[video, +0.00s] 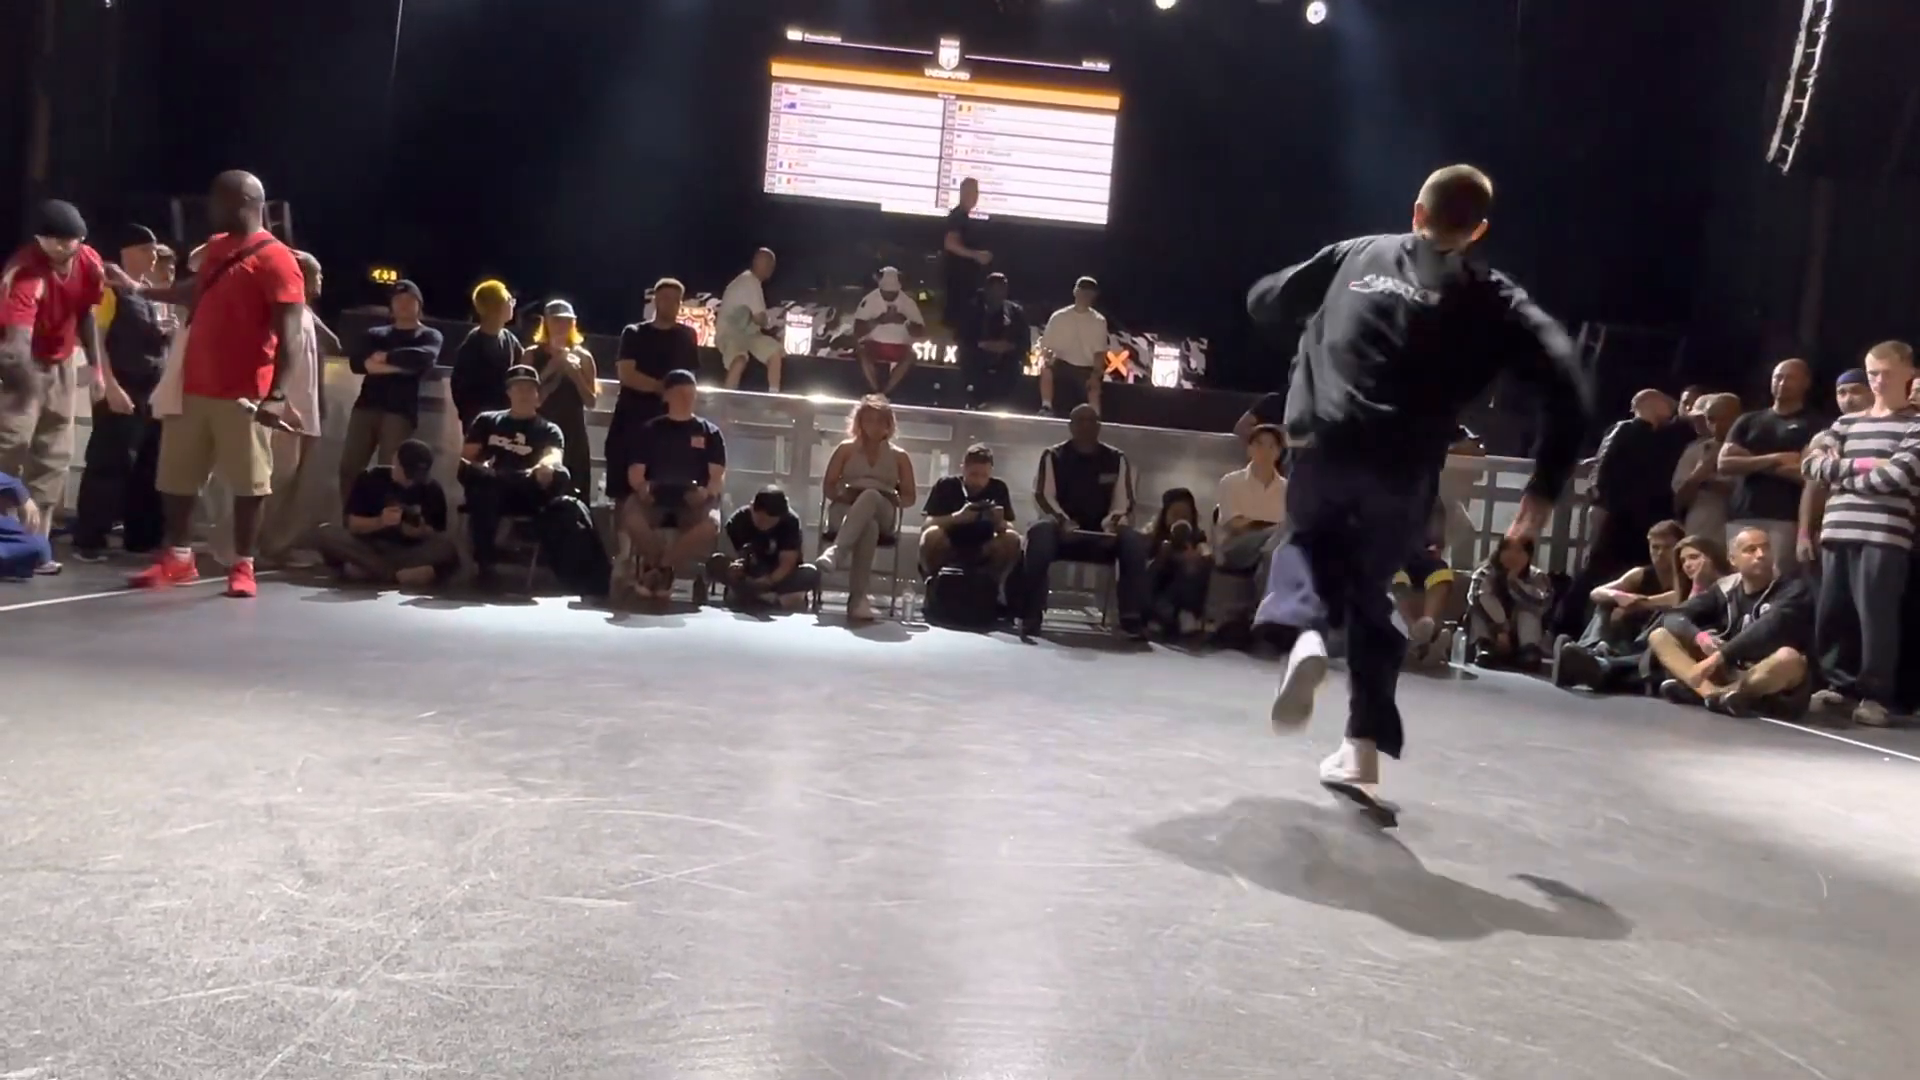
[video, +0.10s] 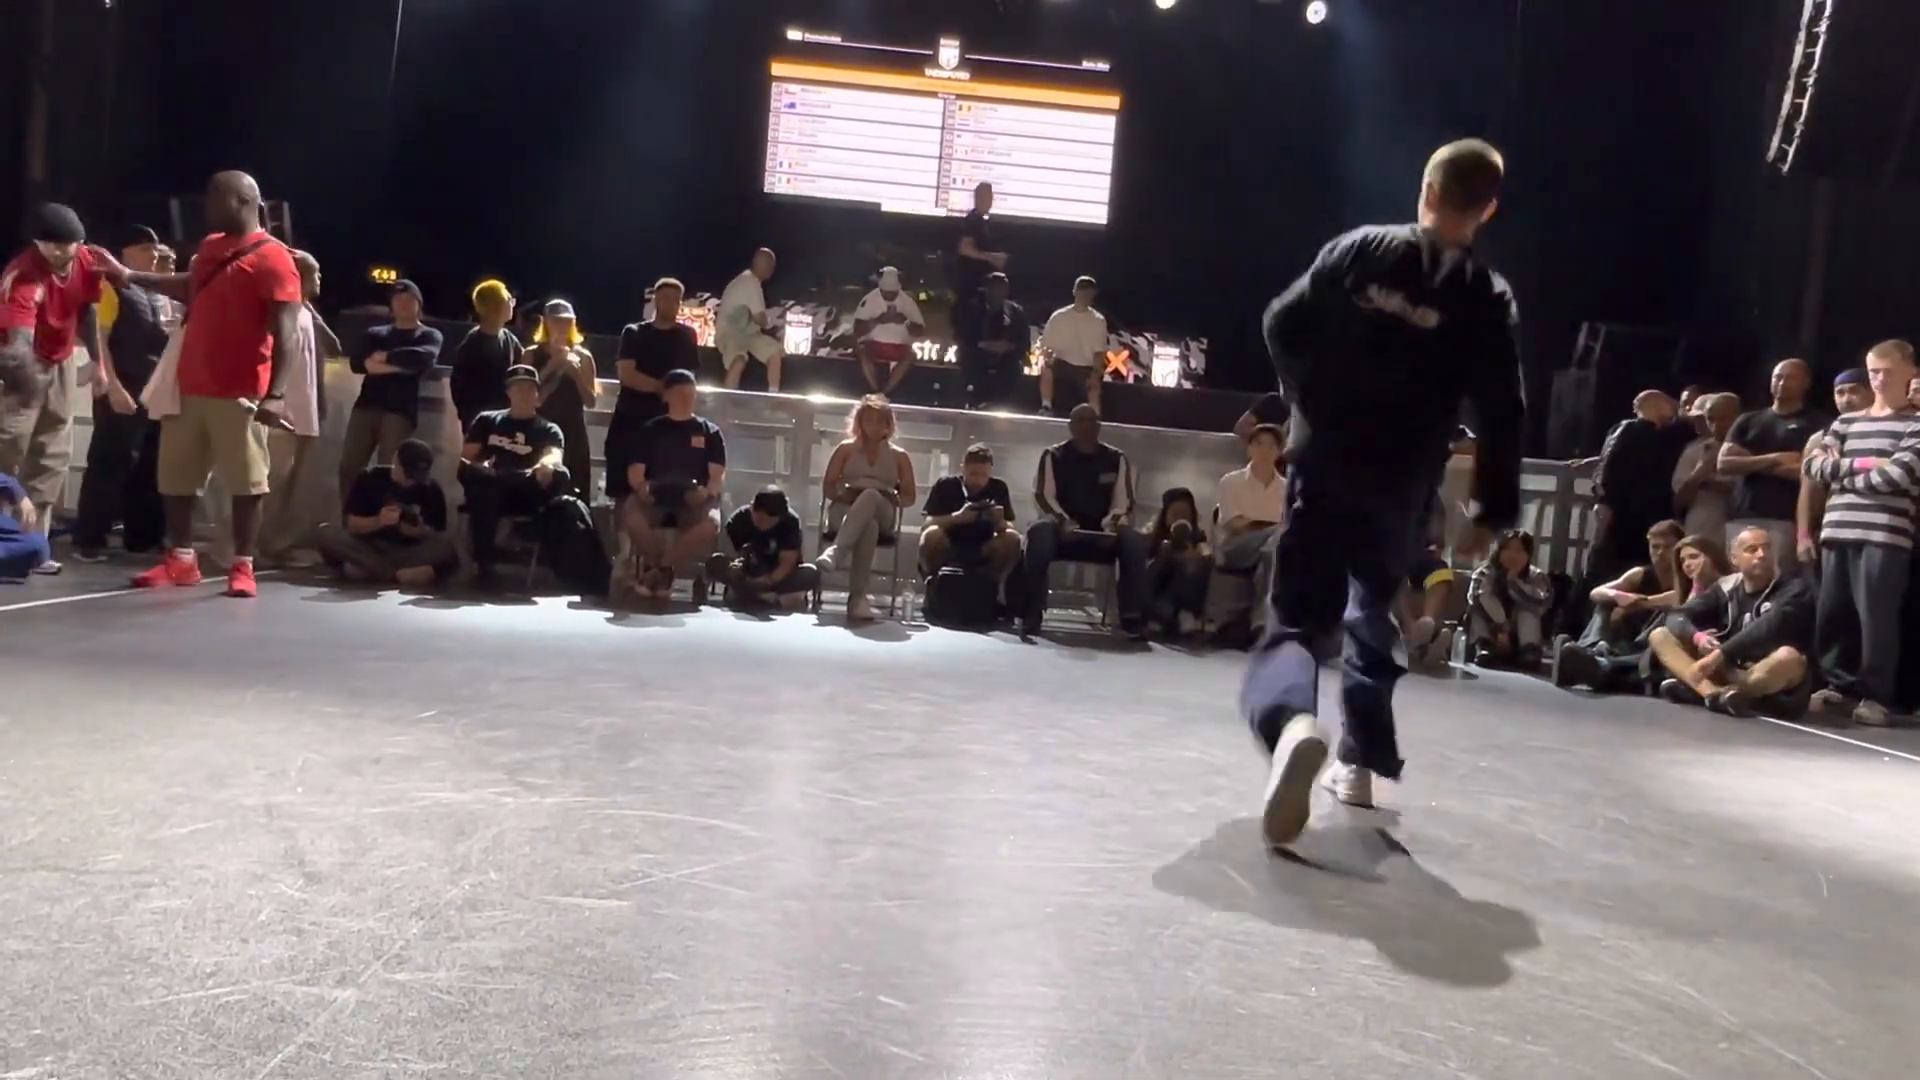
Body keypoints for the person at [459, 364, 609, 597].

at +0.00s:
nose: (525, 394)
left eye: (530, 389)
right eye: (519, 388)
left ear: (538, 395)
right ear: (508, 392)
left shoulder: (549, 430)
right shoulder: (487, 421)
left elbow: (553, 457)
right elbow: (465, 462)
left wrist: (545, 467)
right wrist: (482, 469)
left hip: (530, 488)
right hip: (493, 486)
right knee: (480, 484)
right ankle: (484, 565)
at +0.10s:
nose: (525, 394)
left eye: (530, 389)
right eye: (520, 389)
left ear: (538, 395)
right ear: (508, 392)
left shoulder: (549, 429)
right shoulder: (487, 421)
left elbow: (553, 456)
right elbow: (465, 461)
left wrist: (546, 466)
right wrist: (482, 469)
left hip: (529, 487)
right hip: (493, 485)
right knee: (479, 483)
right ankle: (484, 565)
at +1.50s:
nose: (523, 394)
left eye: (528, 389)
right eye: (518, 388)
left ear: (537, 395)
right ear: (507, 391)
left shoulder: (548, 430)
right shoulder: (486, 421)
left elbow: (553, 458)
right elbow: (466, 461)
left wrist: (548, 467)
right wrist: (488, 471)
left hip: (530, 490)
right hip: (493, 487)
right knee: (482, 492)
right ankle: (485, 568)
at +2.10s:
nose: (518, 400)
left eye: (523, 395)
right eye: (513, 394)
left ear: (531, 400)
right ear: (502, 398)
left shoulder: (543, 436)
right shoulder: (481, 428)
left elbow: (546, 467)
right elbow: (460, 468)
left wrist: (543, 472)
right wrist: (478, 477)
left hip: (524, 494)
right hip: (489, 493)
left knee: (552, 484)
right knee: (474, 495)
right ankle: (479, 576)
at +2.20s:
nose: (516, 401)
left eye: (521, 396)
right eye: (511, 395)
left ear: (529, 401)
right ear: (500, 399)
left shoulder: (541, 437)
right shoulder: (479, 428)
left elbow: (543, 472)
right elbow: (458, 469)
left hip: (522, 495)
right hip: (486, 494)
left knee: (550, 485)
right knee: (472, 495)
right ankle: (477, 577)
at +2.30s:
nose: (514, 401)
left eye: (518, 396)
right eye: (508, 395)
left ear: (527, 402)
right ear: (498, 400)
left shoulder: (540, 438)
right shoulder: (477, 429)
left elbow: (543, 466)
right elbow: (457, 471)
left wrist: (538, 474)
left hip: (521, 495)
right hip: (486, 494)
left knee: (550, 486)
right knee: (469, 496)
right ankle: (475, 577)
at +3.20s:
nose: (498, 423)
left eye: (502, 417)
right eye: (492, 417)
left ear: (512, 421)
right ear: (482, 421)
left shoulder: (524, 457)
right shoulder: (461, 449)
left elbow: (529, 482)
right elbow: (442, 488)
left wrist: (522, 492)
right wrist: (458, 496)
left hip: (506, 514)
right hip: (470, 512)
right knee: (457, 518)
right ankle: (464, 597)